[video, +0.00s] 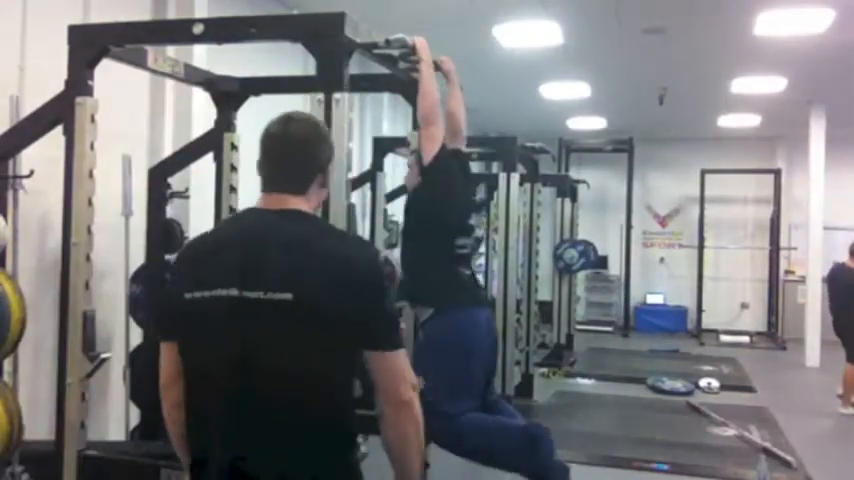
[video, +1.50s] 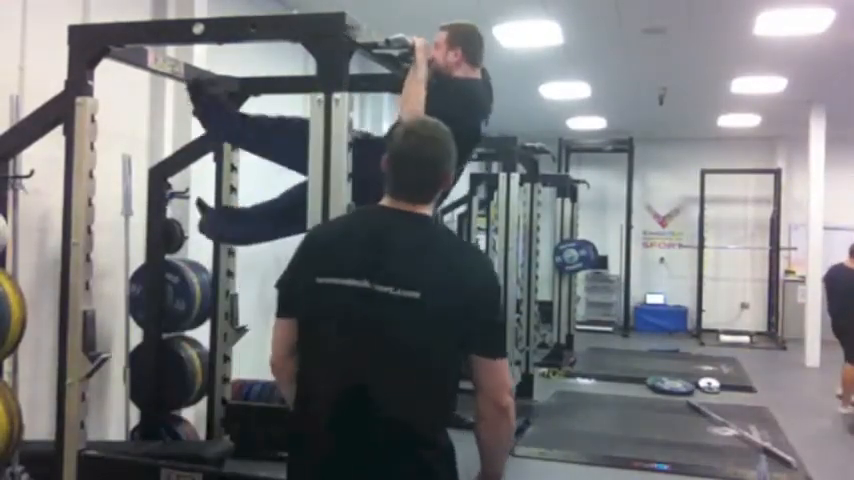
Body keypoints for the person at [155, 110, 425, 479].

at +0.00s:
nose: (332, 179)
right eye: (331, 170)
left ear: (262, 170)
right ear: (323, 176)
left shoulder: (195, 257)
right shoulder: (355, 260)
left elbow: (171, 388)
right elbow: (399, 397)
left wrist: (192, 464)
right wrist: (410, 473)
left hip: (221, 466)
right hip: (322, 466)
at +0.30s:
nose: (310, 179)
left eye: (309, 169)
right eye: (310, 169)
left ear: (238, 167)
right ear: (299, 173)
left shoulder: (175, 261)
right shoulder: (328, 256)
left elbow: (169, 380)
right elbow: (373, 384)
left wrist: (204, 440)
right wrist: (367, 442)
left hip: (216, 462)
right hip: (309, 462)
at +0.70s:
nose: (330, 177)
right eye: (329, 167)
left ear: (264, 170)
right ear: (323, 178)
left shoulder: (202, 256)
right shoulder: (351, 263)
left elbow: (181, 378)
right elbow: (390, 391)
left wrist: (198, 455)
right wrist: (407, 466)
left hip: (234, 463)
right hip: (329, 463)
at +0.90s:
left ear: (296, 169)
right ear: (357, 182)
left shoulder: (235, 257)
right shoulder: (384, 264)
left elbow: (212, 376)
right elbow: (424, 394)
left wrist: (225, 453)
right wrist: (434, 471)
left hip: (265, 459)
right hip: (358, 462)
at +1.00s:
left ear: (317, 172)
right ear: (377, 183)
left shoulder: (258, 253)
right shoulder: (405, 266)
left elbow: (232, 377)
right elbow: (442, 398)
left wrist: (253, 450)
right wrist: (451, 471)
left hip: (283, 461)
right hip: (376, 463)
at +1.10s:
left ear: (336, 172)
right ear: (395, 185)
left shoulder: (278, 251)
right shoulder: (420, 266)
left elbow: (253, 375)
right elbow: (456, 399)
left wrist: (283, 444)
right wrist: (463, 471)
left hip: (300, 459)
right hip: (391, 463)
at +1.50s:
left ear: (383, 164)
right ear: (448, 181)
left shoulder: (321, 243)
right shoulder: (469, 266)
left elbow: (282, 359)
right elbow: (498, 401)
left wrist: (315, 417)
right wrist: (491, 472)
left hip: (323, 452)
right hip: (417, 460)